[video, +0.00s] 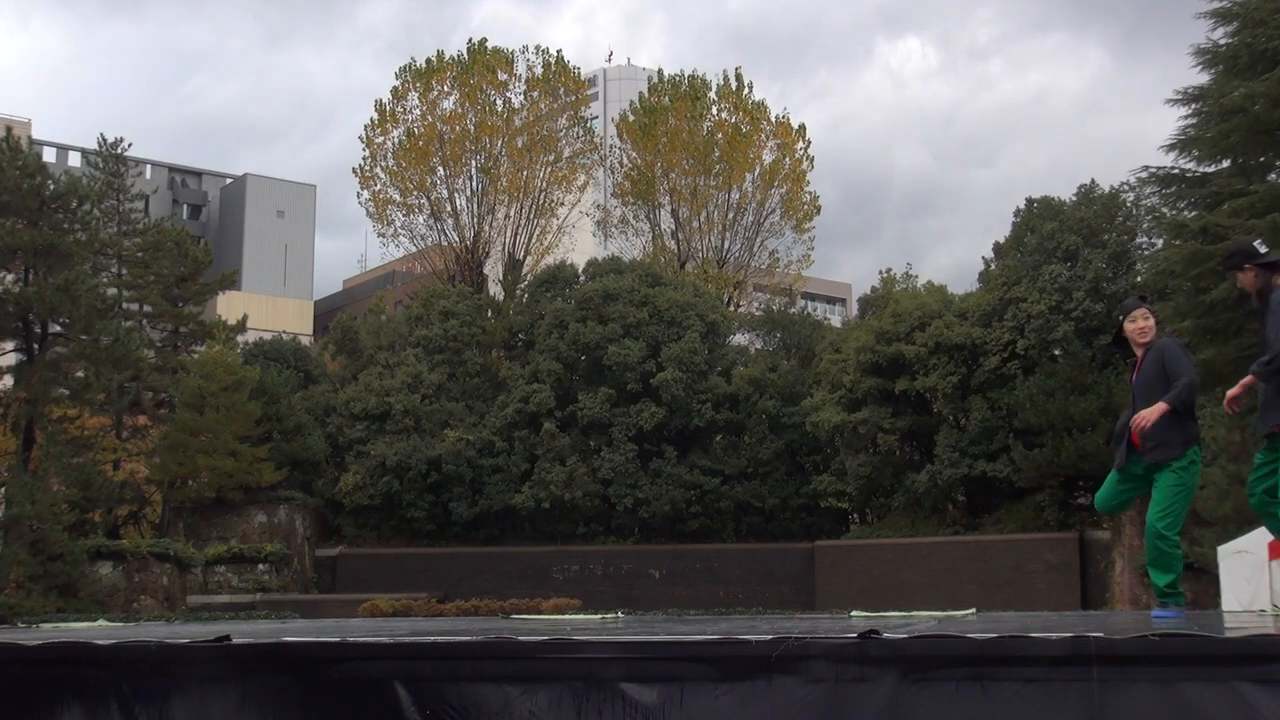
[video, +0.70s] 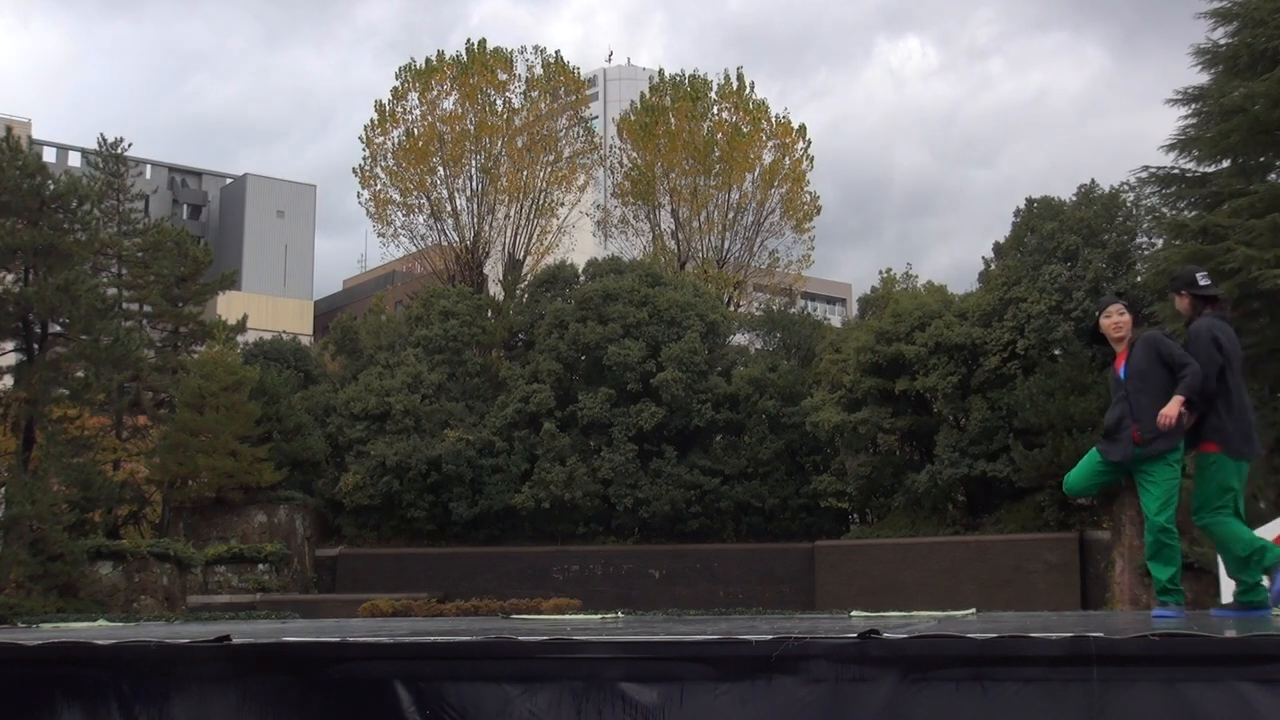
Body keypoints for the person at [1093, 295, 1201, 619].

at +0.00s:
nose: (1141, 325)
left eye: (1146, 318)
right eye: (1133, 321)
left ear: (1155, 323)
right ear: (1124, 330)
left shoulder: (1166, 347)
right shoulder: (1137, 366)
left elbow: (1188, 382)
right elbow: (1143, 405)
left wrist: (1159, 408)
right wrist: (1129, 429)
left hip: (1177, 456)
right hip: (1139, 457)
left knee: (1158, 526)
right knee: (1104, 503)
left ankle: (1170, 602)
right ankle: (1154, 476)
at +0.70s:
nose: (1116, 320)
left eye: (1121, 314)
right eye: (1109, 317)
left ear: (1132, 319)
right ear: (1101, 328)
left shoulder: (1151, 341)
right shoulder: (1115, 366)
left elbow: (1192, 369)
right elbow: (1128, 402)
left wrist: (1175, 401)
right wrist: (1118, 427)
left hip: (1159, 447)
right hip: (1119, 445)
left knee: (1160, 523)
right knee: (1073, 485)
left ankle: (1169, 599)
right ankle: (1116, 477)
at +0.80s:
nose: (1106, 322)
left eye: (1110, 316)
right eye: (1098, 319)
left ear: (1121, 321)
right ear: (1090, 330)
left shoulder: (1142, 343)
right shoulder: (1106, 370)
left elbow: (1184, 369)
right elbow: (1120, 408)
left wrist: (1167, 401)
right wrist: (1109, 435)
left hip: (1154, 448)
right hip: (1113, 448)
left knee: (1156, 523)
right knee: (1070, 490)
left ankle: (1170, 599)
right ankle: (1110, 508)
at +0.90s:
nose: (1095, 324)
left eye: (1100, 317)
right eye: (1088, 321)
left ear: (1111, 323)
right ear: (1081, 332)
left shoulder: (1134, 347)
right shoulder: (1091, 375)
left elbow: (1173, 375)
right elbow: (1098, 427)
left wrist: (1152, 403)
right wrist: (1062, 441)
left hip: (1148, 451)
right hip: (1108, 456)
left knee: (1151, 525)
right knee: (1074, 504)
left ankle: (1170, 599)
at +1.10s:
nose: (1062, 338)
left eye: (1069, 331)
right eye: (1056, 333)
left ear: (1083, 334)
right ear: (1051, 342)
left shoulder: (1097, 362)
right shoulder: (1068, 380)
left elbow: (1131, 395)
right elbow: (1068, 429)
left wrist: (1120, 423)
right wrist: (1040, 435)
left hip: (1120, 460)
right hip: (1089, 468)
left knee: (1116, 526)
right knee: (1078, 532)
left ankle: (1162, 593)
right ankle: (1093, 602)